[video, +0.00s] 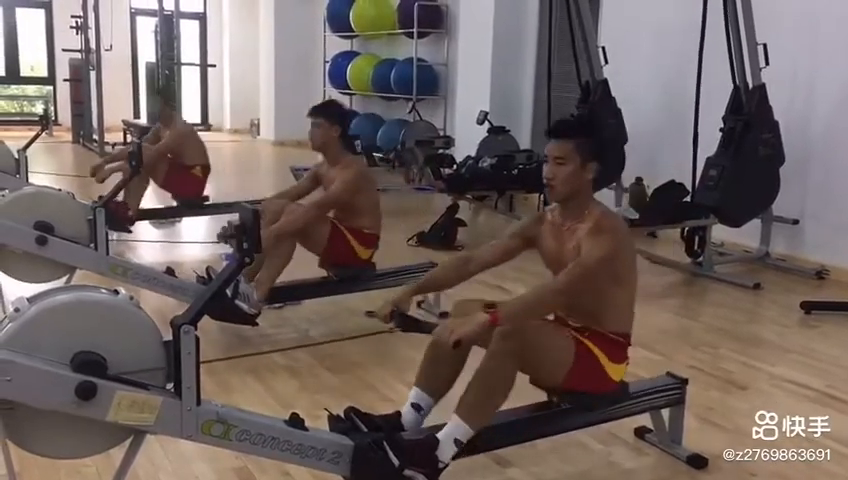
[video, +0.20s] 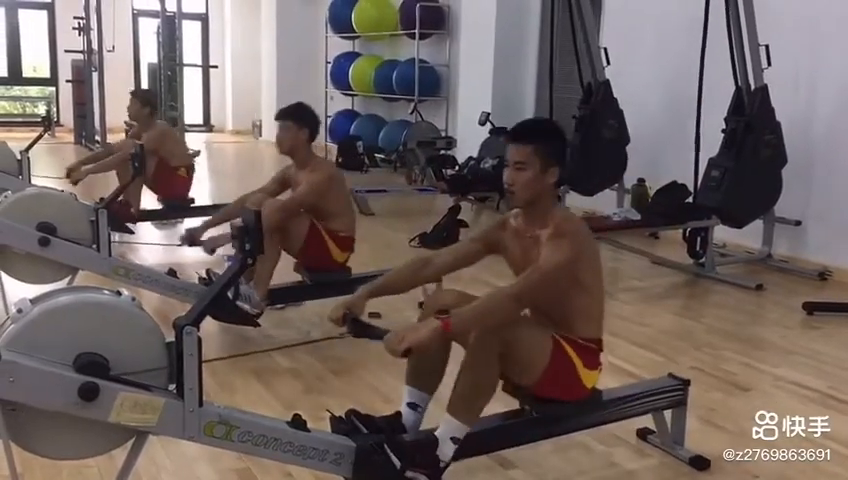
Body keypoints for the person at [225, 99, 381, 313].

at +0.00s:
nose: (310, 132)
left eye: (316, 126)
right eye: (311, 126)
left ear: (336, 131)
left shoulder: (352, 173)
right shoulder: (324, 167)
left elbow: (310, 211)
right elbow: (290, 194)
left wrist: (264, 237)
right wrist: (253, 214)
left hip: (358, 247)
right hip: (342, 239)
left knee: (293, 215)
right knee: (273, 208)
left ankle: (257, 297)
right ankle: (243, 281)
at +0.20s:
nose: (277, 135)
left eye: (284, 129)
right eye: (279, 129)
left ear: (304, 134)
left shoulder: (322, 175)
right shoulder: (291, 171)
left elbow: (273, 215)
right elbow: (250, 200)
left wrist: (223, 239)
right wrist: (203, 228)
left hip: (333, 253)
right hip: (318, 245)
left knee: (274, 214)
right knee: (260, 202)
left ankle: (257, 297)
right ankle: (244, 286)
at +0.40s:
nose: (245, 140)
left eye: (252, 134)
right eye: (246, 134)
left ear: (273, 137)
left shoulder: (289, 178)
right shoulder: (258, 175)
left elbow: (242, 214)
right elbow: (218, 201)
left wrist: (187, 239)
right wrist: (167, 225)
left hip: (309, 258)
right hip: (288, 253)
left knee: (259, 213)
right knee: (234, 208)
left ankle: (259, 293)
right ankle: (247, 282)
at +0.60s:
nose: (230, 141)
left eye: (237, 135)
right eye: (231, 135)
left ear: (259, 141)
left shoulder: (270, 177)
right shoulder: (240, 175)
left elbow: (219, 207)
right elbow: (191, 197)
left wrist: (157, 228)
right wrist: (139, 217)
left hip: (303, 253)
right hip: (283, 248)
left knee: (260, 212)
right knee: (229, 206)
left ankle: (262, 286)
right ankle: (244, 274)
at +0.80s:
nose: (258, 135)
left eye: (266, 130)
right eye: (260, 129)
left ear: (287, 136)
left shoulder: (294, 175)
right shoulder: (270, 170)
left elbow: (242, 203)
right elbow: (222, 191)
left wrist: (185, 217)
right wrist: (167, 209)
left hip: (322, 252)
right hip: (307, 244)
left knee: (272, 208)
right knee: (248, 209)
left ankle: (263, 287)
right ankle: (247, 276)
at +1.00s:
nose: (319, 129)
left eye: (326, 123)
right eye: (320, 123)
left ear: (345, 129)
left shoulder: (350, 172)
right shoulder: (323, 167)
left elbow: (301, 203)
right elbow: (279, 189)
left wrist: (255, 213)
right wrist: (232, 203)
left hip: (359, 245)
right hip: (345, 236)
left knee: (291, 215)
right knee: (280, 210)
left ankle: (265, 293)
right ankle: (257, 281)